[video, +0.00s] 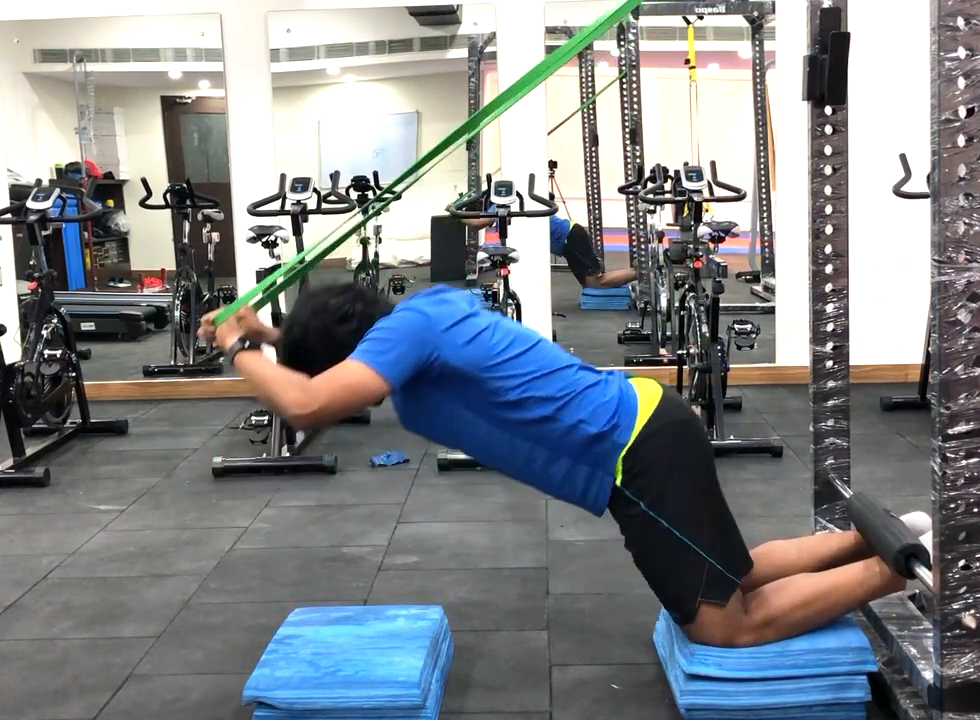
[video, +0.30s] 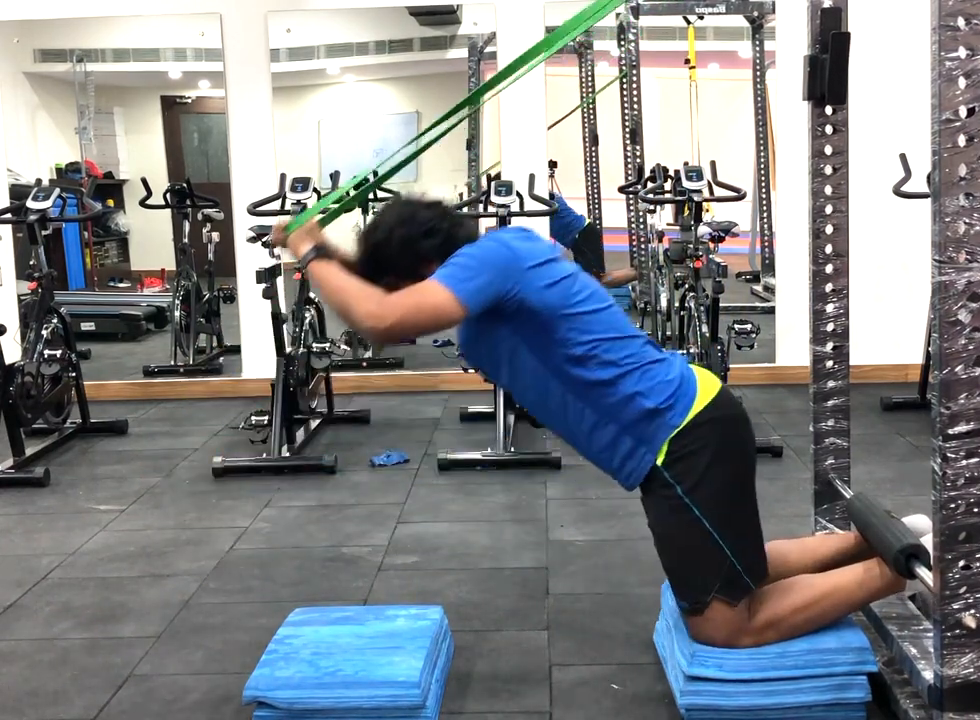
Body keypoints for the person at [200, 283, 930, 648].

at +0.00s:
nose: (337, 379)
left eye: (329, 363)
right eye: (328, 365)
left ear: (341, 337)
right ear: (359, 314)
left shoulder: (408, 329)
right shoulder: (418, 318)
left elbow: (304, 404)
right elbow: (332, 394)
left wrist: (243, 352)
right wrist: (269, 349)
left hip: (637, 451)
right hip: (639, 431)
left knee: (727, 626)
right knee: (724, 582)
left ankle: (896, 569)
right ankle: (860, 538)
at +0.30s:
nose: (406, 307)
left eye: (405, 293)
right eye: (398, 298)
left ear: (427, 268)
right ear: (439, 247)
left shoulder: (503, 254)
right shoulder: (492, 271)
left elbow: (382, 319)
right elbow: (395, 307)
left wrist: (312, 257)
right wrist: (330, 258)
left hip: (686, 434)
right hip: (682, 427)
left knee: (727, 625)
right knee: (723, 580)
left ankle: (900, 569)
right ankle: (862, 538)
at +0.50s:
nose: (471, 243)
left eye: (474, 229)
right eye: (464, 232)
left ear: (496, 209)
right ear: (499, 206)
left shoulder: (567, 210)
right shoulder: (546, 230)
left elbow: (445, 246)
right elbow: (449, 250)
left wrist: (381, 172)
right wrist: (402, 184)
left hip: (711, 433)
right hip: (685, 439)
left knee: (726, 625)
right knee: (714, 582)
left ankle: (900, 574)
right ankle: (863, 542)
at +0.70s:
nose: (534, 179)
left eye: (536, 165)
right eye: (529, 165)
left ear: (567, 150)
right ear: (577, 150)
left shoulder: (635, 176)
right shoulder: (600, 207)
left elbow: (515, 172)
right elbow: (519, 176)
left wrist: (468, 91)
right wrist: (483, 105)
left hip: (724, 429)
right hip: (691, 432)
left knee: (721, 623)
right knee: (715, 576)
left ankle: (899, 581)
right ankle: (865, 552)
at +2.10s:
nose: (449, 217)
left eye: (448, 204)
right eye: (443, 206)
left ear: (472, 189)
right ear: (493, 173)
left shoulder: (542, 206)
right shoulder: (527, 225)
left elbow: (419, 220)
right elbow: (426, 221)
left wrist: (391, 129)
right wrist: (398, 144)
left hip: (668, 433)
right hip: (647, 437)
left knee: (720, 621)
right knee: (712, 584)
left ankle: (900, 572)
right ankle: (860, 541)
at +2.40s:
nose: (363, 297)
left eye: (356, 280)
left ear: (372, 267)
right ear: (398, 233)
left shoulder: (455, 260)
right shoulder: (452, 263)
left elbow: (329, 296)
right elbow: (344, 292)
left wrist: (333, 206)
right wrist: (342, 216)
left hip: (636, 453)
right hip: (632, 443)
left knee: (721, 625)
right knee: (714, 589)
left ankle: (906, 570)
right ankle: (863, 538)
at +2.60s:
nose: (310, 357)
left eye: (309, 343)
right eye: (306, 342)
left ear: (329, 321)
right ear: (345, 304)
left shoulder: (404, 314)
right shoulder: (406, 311)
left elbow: (280, 366)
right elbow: (295, 365)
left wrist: (270, 272)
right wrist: (282, 273)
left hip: (615, 465)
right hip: (613, 449)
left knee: (726, 630)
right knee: (712, 586)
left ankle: (904, 568)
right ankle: (867, 538)